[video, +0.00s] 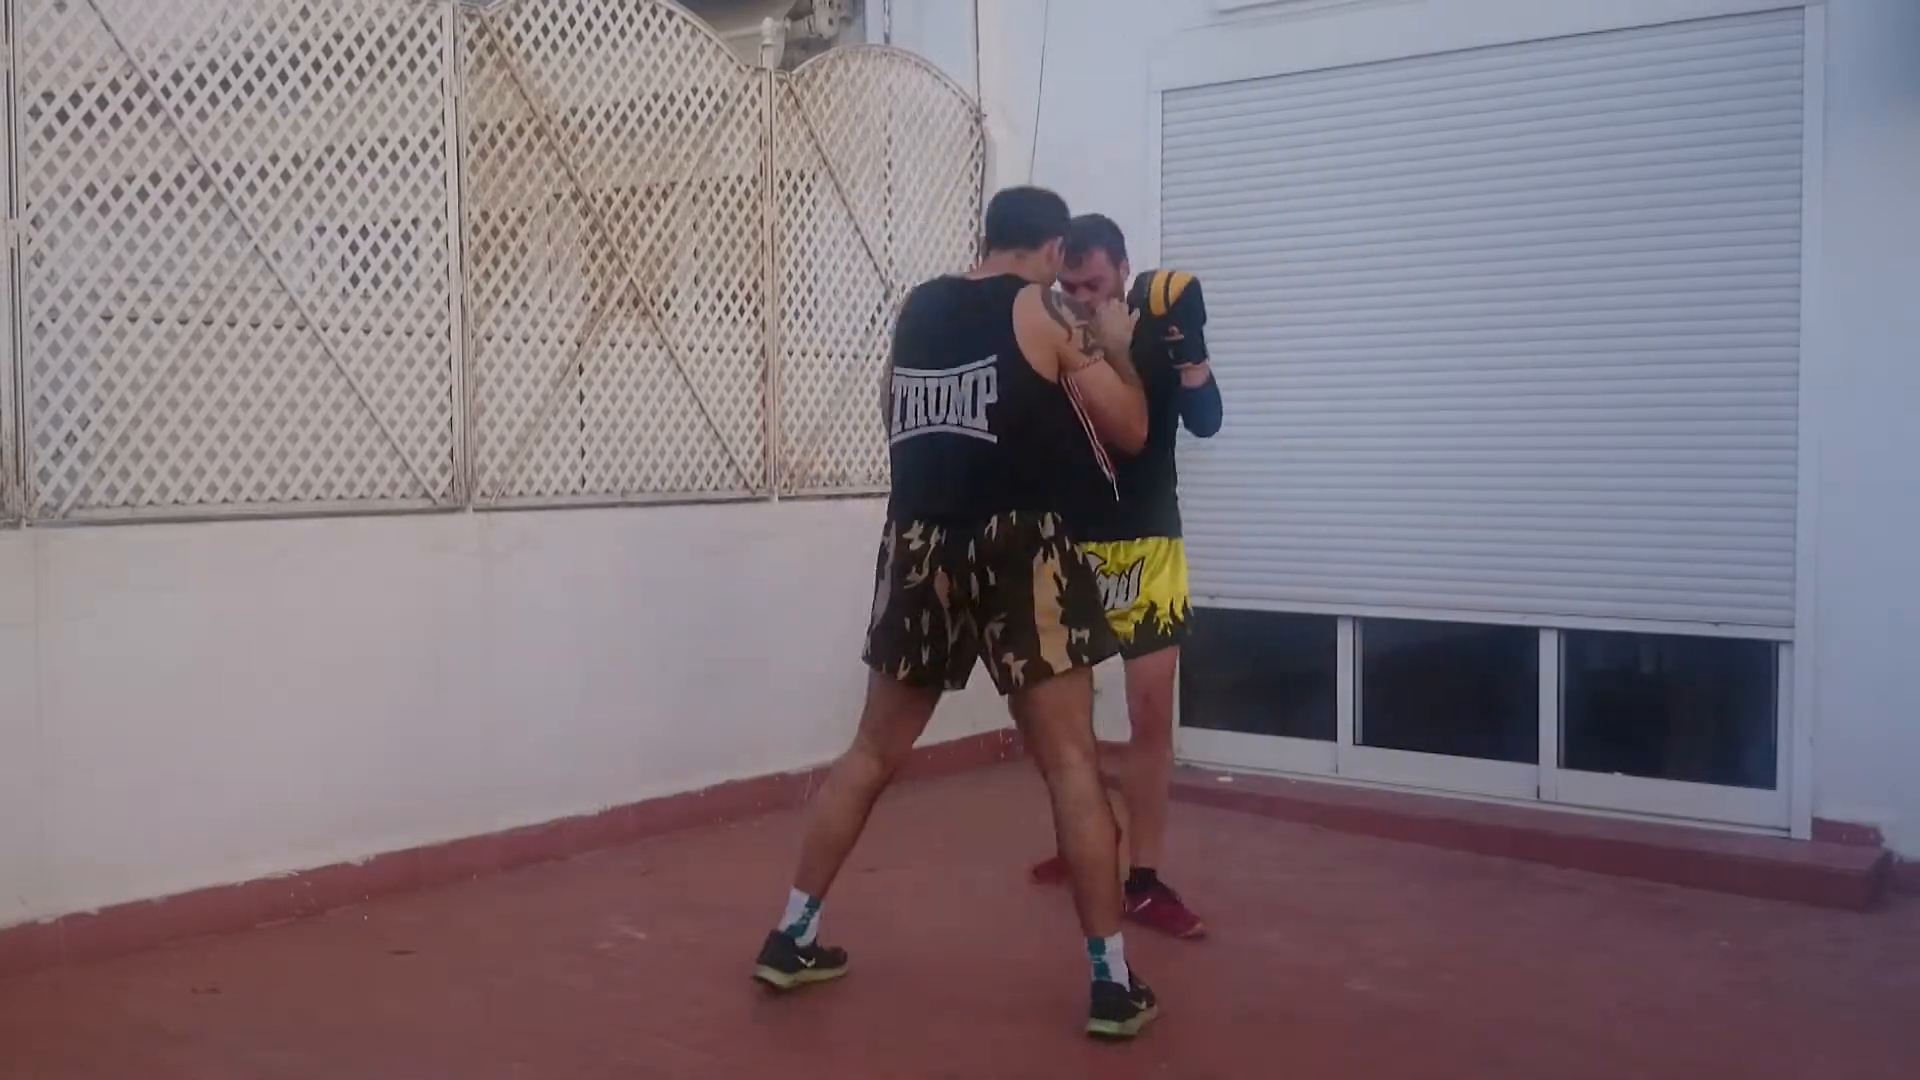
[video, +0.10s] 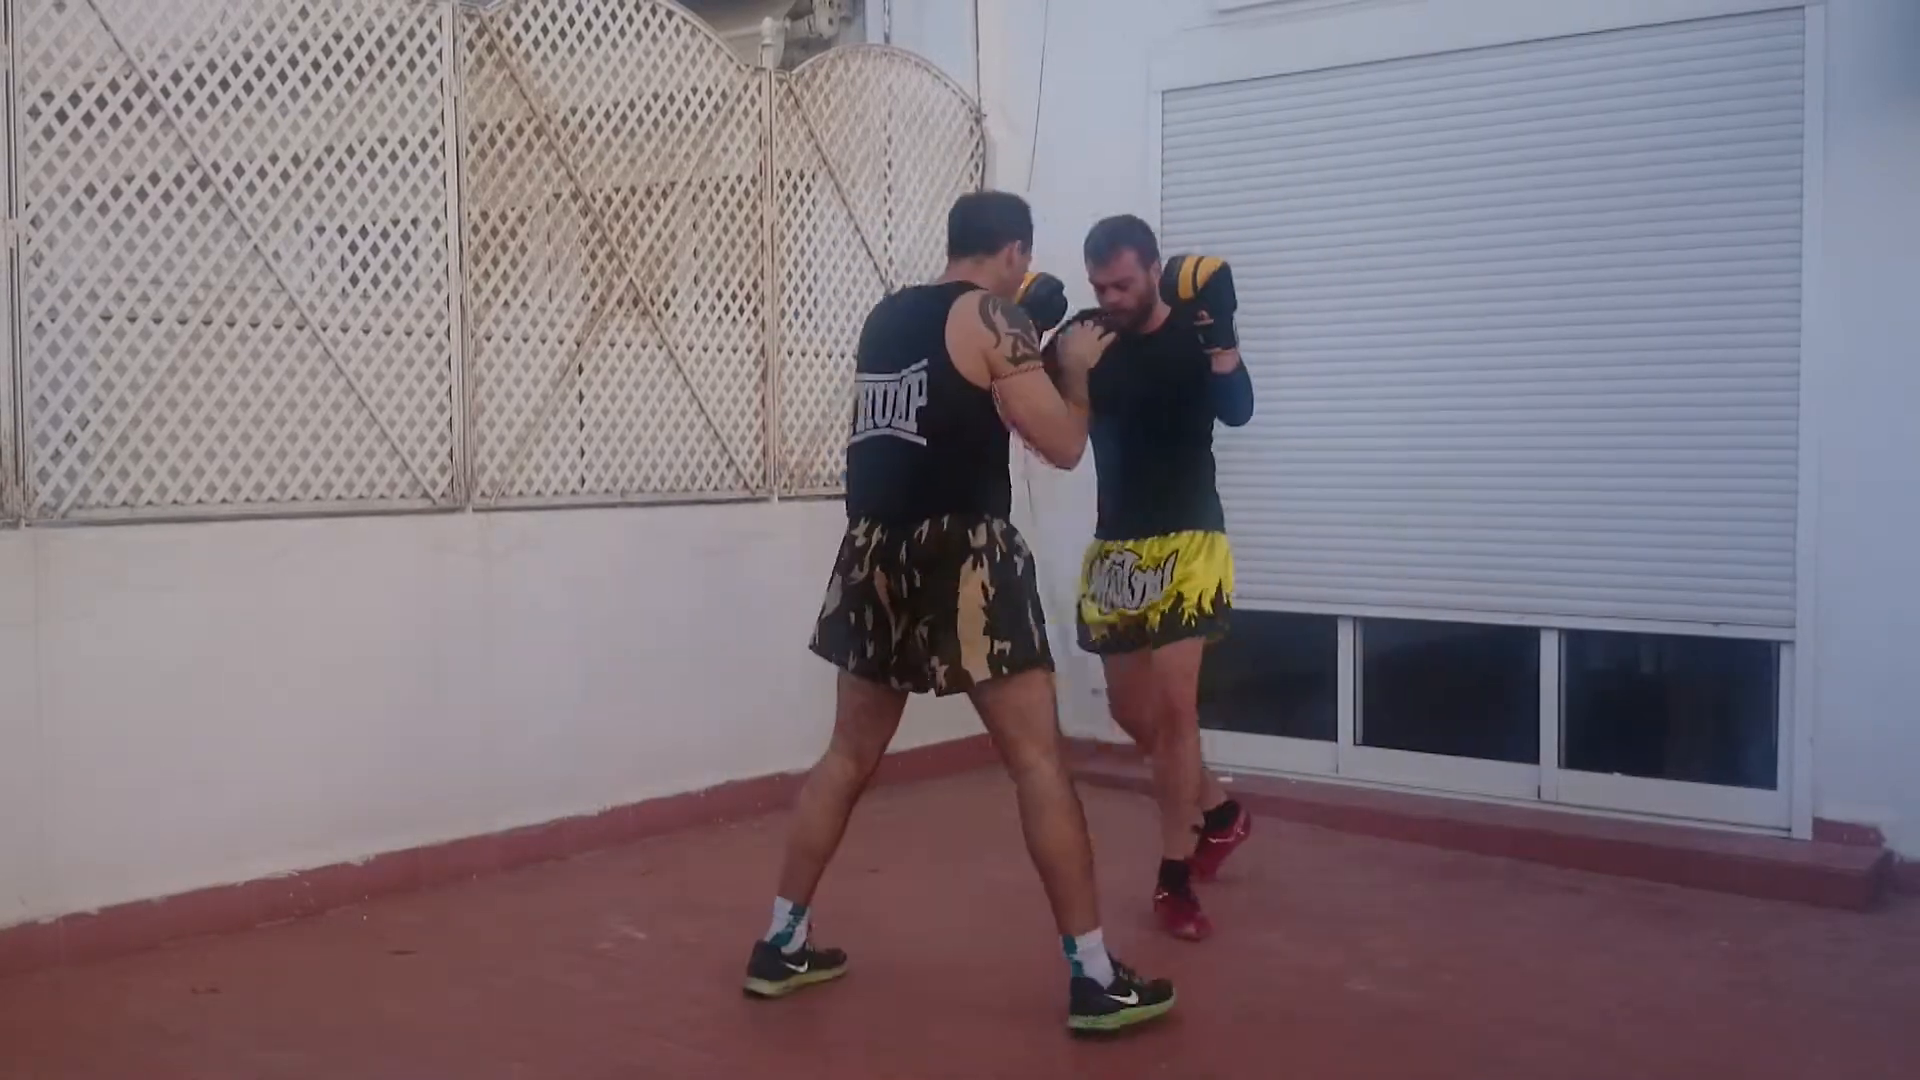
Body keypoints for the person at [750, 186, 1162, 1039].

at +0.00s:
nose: (1062, 267)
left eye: (1059, 255)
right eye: (1062, 255)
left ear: (982, 243)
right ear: (1048, 252)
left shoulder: (917, 308)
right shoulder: (1044, 319)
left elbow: (902, 416)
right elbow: (1130, 430)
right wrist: (1109, 343)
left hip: (917, 552)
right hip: (1022, 554)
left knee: (872, 753)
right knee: (1070, 764)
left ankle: (789, 936)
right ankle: (1111, 984)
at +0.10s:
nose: (1028, 276)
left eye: (1029, 265)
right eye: (1028, 263)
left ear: (950, 248)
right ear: (1011, 256)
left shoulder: (885, 316)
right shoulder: (987, 319)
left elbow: (933, 407)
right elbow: (1062, 443)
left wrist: (1008, 342)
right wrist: (1069, 367)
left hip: (874, 558)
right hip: (971, 560)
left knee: (849, 755)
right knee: (1037, 762)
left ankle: (779, 943)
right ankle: (1094, 978)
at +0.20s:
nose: (1003, 263)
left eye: (1004, 251)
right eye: (1003, 249)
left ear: (926, 237)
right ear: (985, 242)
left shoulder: (866, 306)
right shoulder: (956, 305)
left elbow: (907, 411)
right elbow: (1034, 426)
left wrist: (1001, 361)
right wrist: (1056, 358)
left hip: (852, 547)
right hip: (940, 549)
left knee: (836, 746)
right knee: (1011, 746)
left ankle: (777, 940)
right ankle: (1028, 974)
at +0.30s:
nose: (990, 257)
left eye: (989, 244)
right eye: (988, 242)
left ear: (913, 234)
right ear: (968, 239)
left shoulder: (857, 300)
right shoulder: (938, 305)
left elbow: (897, 364)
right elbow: (1032, 409)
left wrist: (962, 315)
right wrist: (1058, 328)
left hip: (840, 539)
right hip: (921, 544)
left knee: (816, 744)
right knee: (994, 742)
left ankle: (774, 940)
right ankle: (958, 973)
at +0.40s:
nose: (988, 254)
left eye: (988, 241)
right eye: (987, 239)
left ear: (910, 232)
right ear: (967, 236)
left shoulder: (857, 302)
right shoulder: (932, 304)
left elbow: (896, 357)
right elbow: (1024, 413)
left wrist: (964, 308)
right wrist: (1057, 330)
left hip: (843, 546)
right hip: (921, 552)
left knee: (821, 748)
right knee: (973, 748)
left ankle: (775, 940)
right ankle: (907, 973)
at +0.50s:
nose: (1001, 256)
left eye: (999, 243)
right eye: (1000, 241)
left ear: (925, 234)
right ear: (978, 238)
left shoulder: (868, 301)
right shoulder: (945, 306)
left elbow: (907, 373)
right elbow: (1024, 425)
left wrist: (976, 324)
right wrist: (1062, 347)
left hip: (852, 541)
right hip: (921, 549)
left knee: (870, 745)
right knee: (942, 767)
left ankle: (782, 932)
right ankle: (895, 986)